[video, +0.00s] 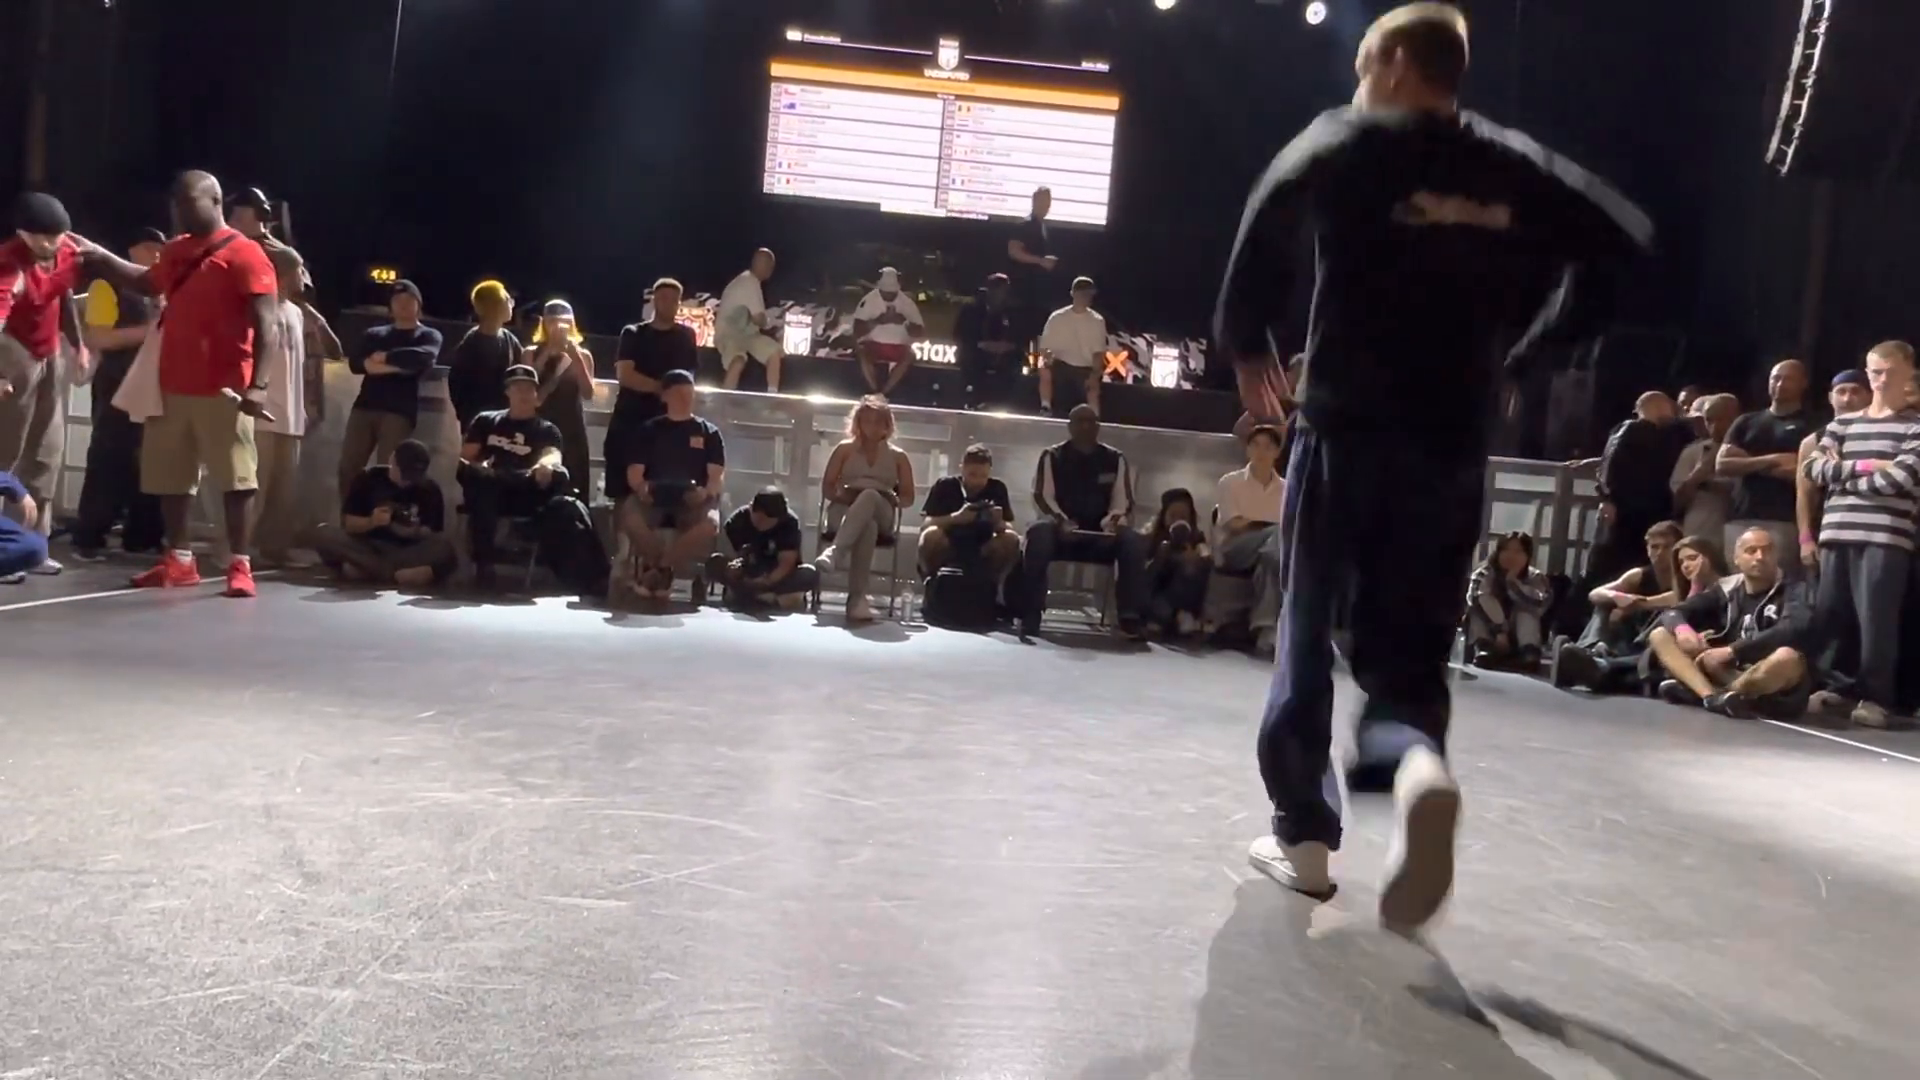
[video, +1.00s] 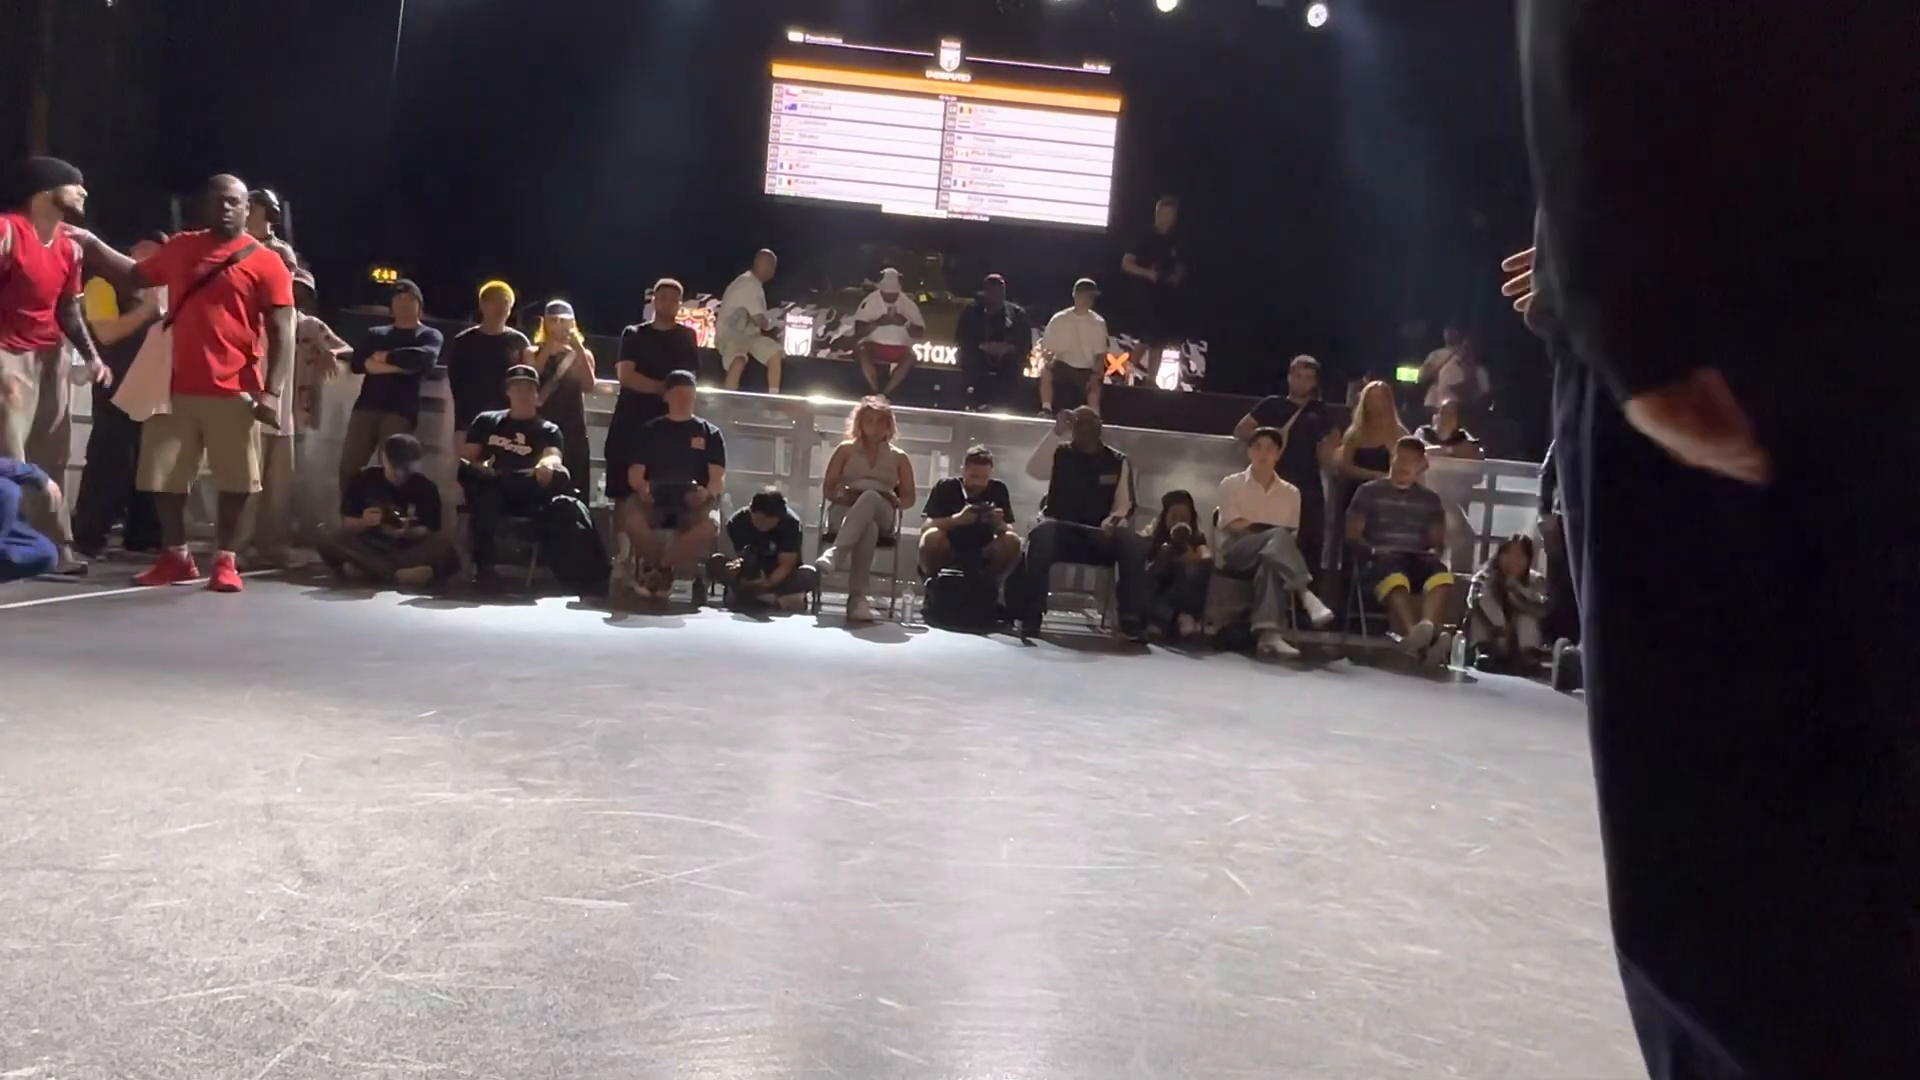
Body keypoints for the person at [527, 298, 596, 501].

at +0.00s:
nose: (559, 327)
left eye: (565, 321)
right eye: (553, 321)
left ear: (573, 325)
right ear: (544, 324)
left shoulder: (583, 356)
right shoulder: (531, 354)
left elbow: (588, 393)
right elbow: (532, 399)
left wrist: (576, 358)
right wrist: (557, 373)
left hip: (572, 430)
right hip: (540, 429)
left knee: (575, 490)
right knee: (539, 490)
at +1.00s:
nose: (559, 326)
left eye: (565, 320)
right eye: (554, 320)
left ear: (573, 323)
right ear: (545, 323)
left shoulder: (583, 354)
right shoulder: (533, 353)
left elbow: (589, 386)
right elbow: (527, 383)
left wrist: (578, 348)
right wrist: (546, 352)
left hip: (572, 427)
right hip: (540, 427)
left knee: (576, 486)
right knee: (539, 484)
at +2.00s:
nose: (547, 337)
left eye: (552, 331)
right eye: (541, 332)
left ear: (560, 335)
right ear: (532, 335)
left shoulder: (569, 366)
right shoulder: (521, 364)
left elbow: (575, 396)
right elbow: (515, 394)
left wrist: (564, 356)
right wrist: (535, 364)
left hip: (560, 436)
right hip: (529, 434)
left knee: (565, 495)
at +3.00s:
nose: (528, 349)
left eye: (533, 345)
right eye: (523, 344)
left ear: (541, 350)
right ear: (513, 349)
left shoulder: (548, 379)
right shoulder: (507, 378)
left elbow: (559, 384)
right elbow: (497, 387)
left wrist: (544, 348)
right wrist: (515, 350)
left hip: (545, 447)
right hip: (514, 447)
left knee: (552, 509)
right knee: (514, 507)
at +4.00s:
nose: (539, 369)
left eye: (544, 364)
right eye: (533, 364)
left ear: (552, 370)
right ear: (523, 369)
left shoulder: (558, 398)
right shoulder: (517, 399)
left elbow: (570, 403)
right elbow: (508, 406)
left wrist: (554, 367)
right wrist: (526, 366)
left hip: (555, 468)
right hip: (524, 469)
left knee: (563, 530)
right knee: (525, 529)